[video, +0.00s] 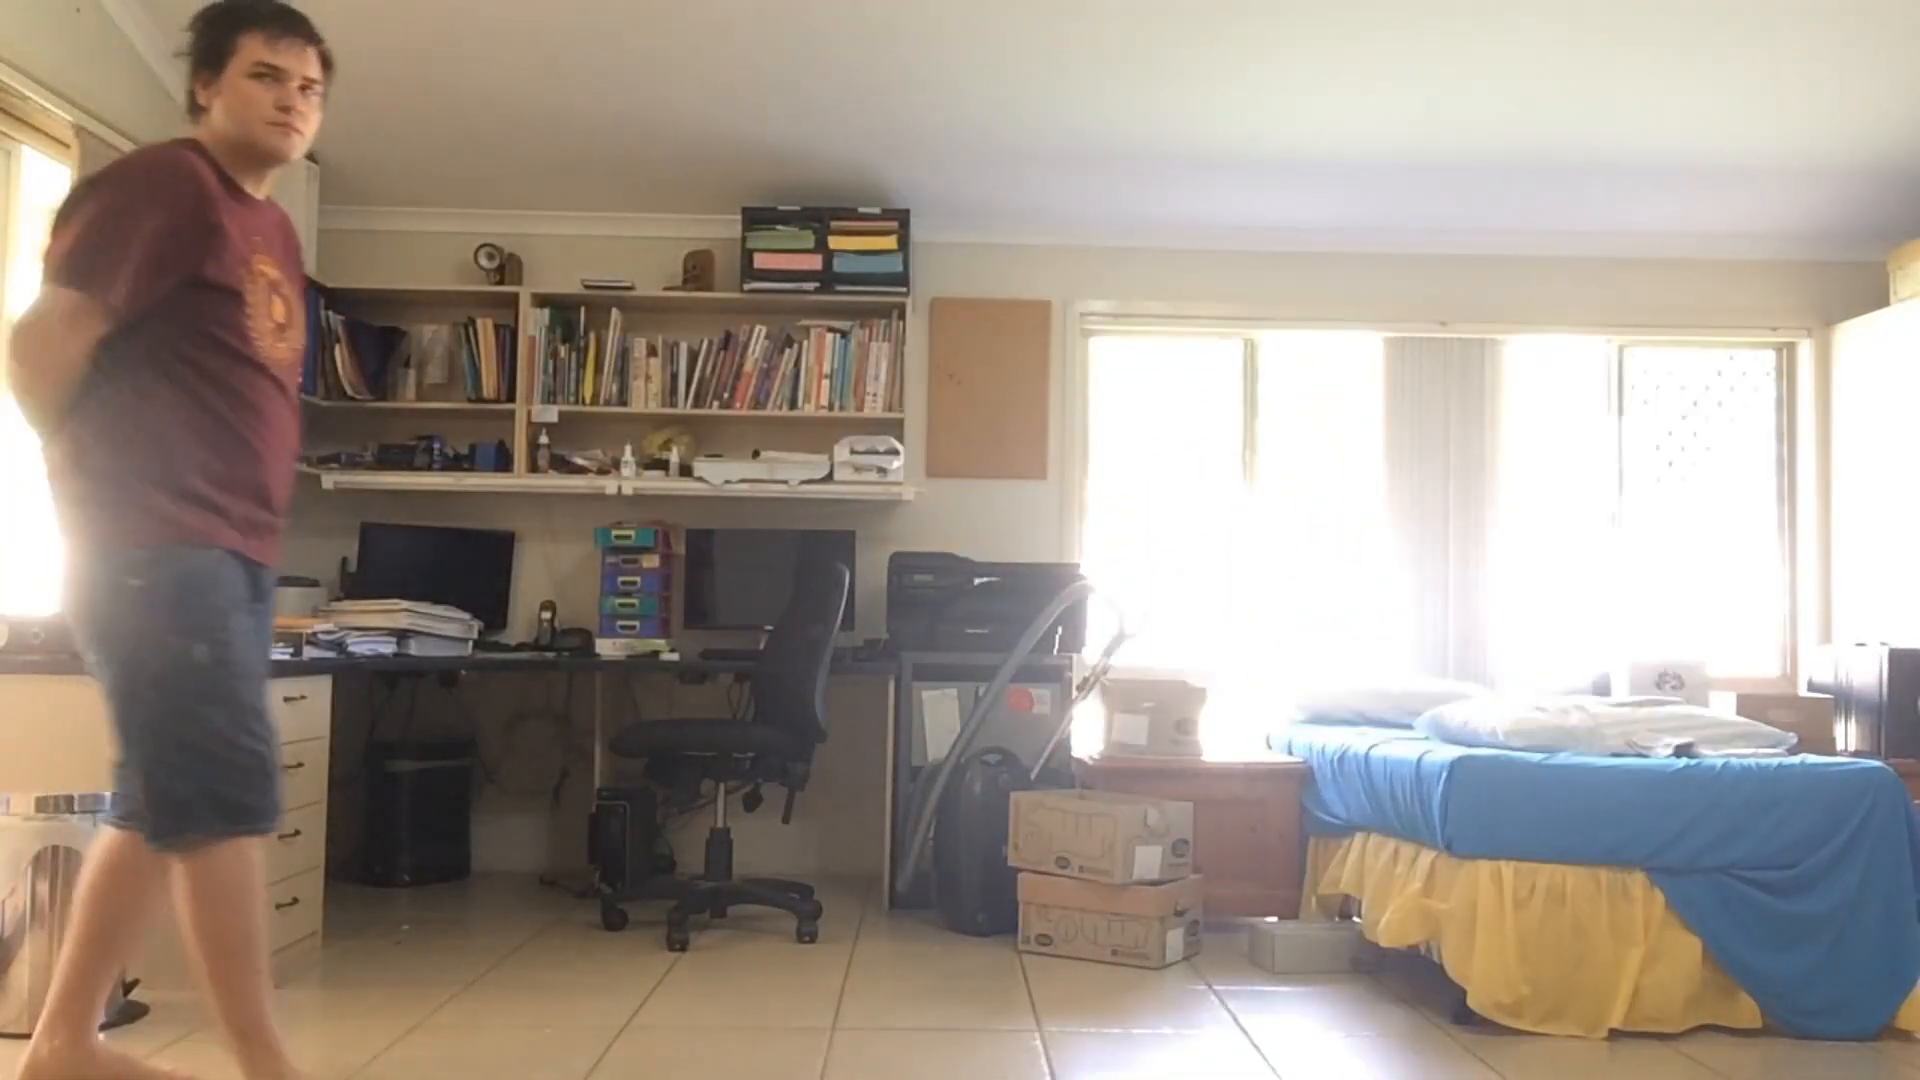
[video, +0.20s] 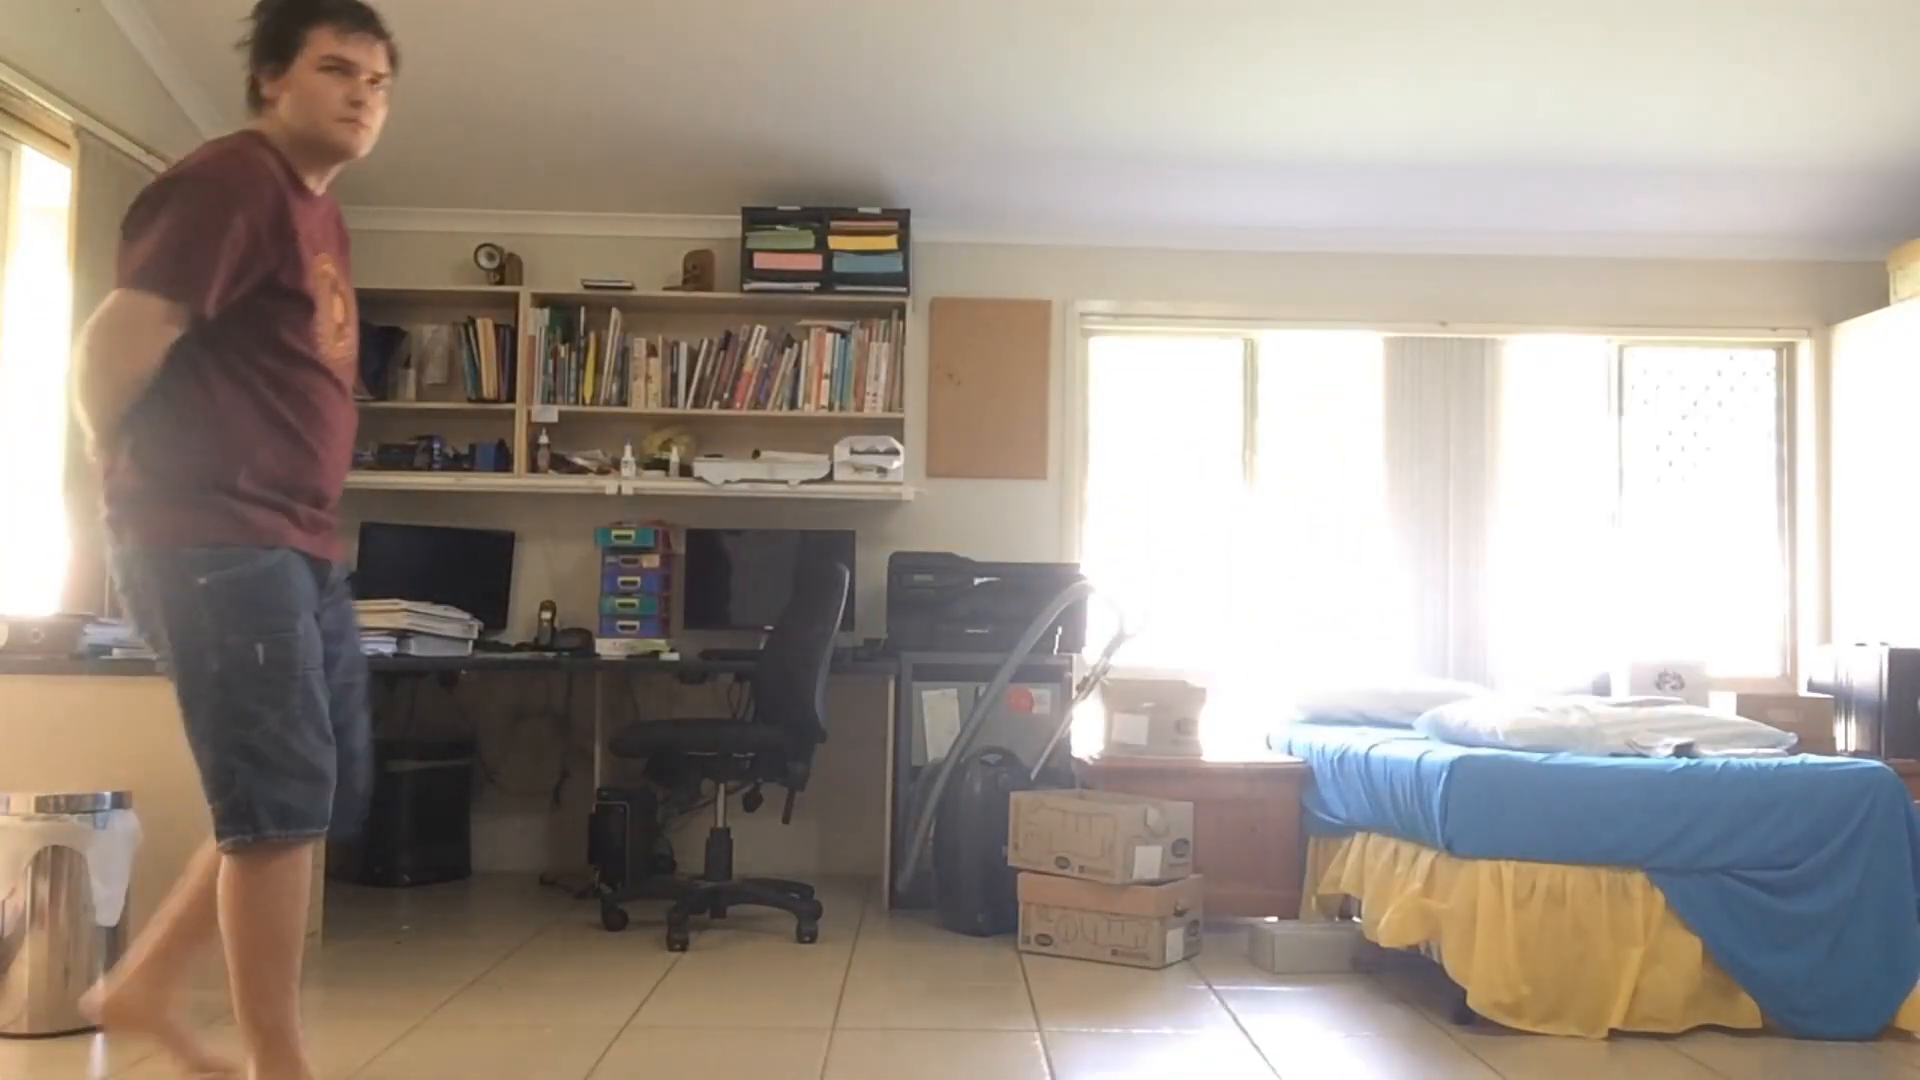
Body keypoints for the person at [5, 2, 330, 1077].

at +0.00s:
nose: (295, 99)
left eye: (311, 87)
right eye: (270, 76)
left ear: (319, 113)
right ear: (207, 88)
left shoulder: (278, 229)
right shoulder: (160, 180)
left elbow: (252, 380)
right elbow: (36, 350)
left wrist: (136, 443)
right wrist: (92, 465)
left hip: (238, 545)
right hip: (155, 538)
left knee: (153, 804)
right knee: (225, 798)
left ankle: (59, 1040)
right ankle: (264, 1059)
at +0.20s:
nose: (363, 93)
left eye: (379, 81)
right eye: (339, 69)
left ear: (385, 108)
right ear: (272, 81)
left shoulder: (318, 209)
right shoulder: (234, 177)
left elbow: (261, 371)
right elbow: (110, 352)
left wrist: (151, 456)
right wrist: (117, 459)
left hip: (301, 535)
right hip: (218, 531)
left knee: (323, 784)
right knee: (276, 804)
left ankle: (141, 985)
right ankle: (280, 1065)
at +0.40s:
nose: (435, 84)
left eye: (442, 68)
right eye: (411, 58)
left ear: (428, 91)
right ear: (337, 63)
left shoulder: (362, 192)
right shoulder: (285, 166)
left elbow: (292, 361)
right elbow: (152, 351)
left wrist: (176, 420)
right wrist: (153, 427)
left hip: (345, 539)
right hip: (254, 538)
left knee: (366, 794)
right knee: (279, 816)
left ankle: (327, 1031)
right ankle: (275, 1058)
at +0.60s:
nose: (468, 91)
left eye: (474, 75)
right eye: (447, 64)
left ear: (452, 92)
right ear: (375, 65)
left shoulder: (404, 207)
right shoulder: (303, 171)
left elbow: (367, 369)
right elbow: (177, 354)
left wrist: (236, 437)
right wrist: (204, 446)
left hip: (379, 539)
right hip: (287, 537)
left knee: (380, 805)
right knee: (310, 818)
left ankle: (341, 1042)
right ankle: (283, 1061)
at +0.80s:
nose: (488, 98)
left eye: (493, 81)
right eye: (468, 70)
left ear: (472, 99)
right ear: (396, 71)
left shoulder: (422, 210)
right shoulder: (327, 173)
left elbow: (376, 376)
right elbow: (196, 358)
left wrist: (240, 437)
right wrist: (214, 440)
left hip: (397, 543)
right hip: (306, 540)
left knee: (393, 810)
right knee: (325, 820)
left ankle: (340, 1040)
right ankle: (287, 1060)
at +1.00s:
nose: (517, 125)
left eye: (519, 107)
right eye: (499, 98)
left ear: (444, 111)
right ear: (426, 98)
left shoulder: (424, 222)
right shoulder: (360, 199)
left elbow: (333, 380)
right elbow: (208, 365)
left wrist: (204, 433)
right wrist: (182, 426)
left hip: (383, 550)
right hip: (287, 548)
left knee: (413, 797)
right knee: (335, 811)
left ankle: (335, 1032)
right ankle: (284, 1058)